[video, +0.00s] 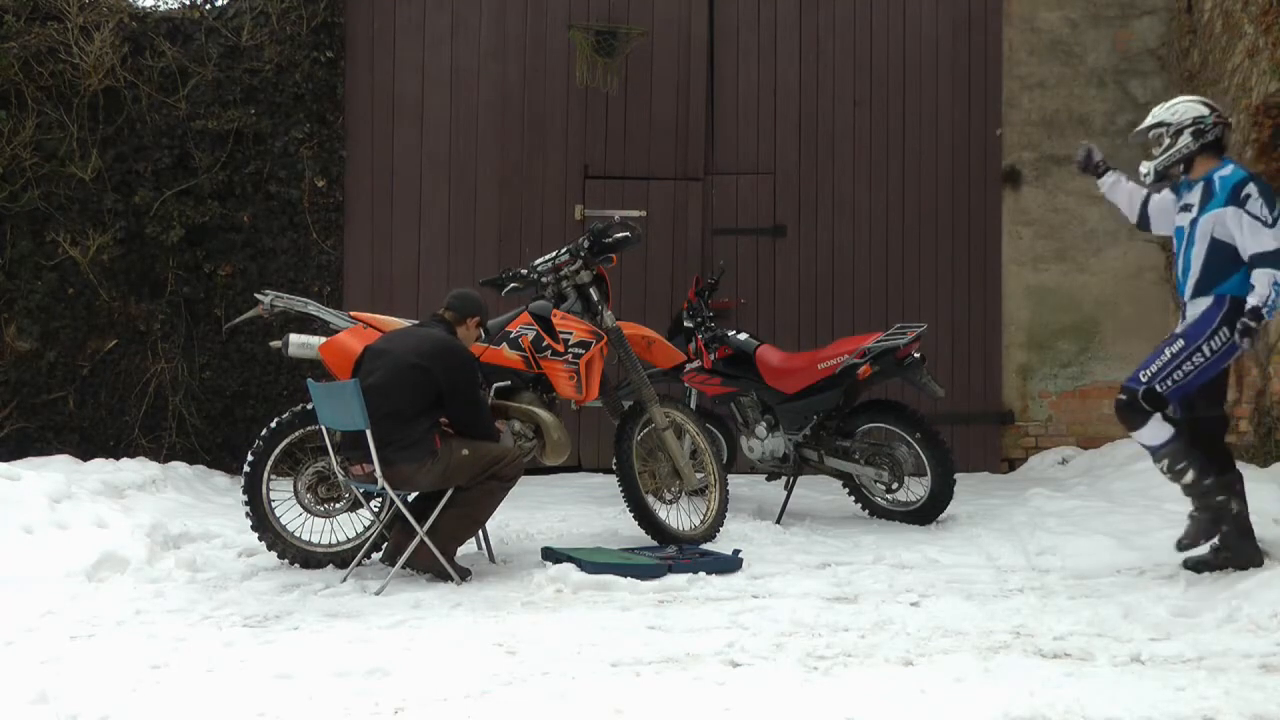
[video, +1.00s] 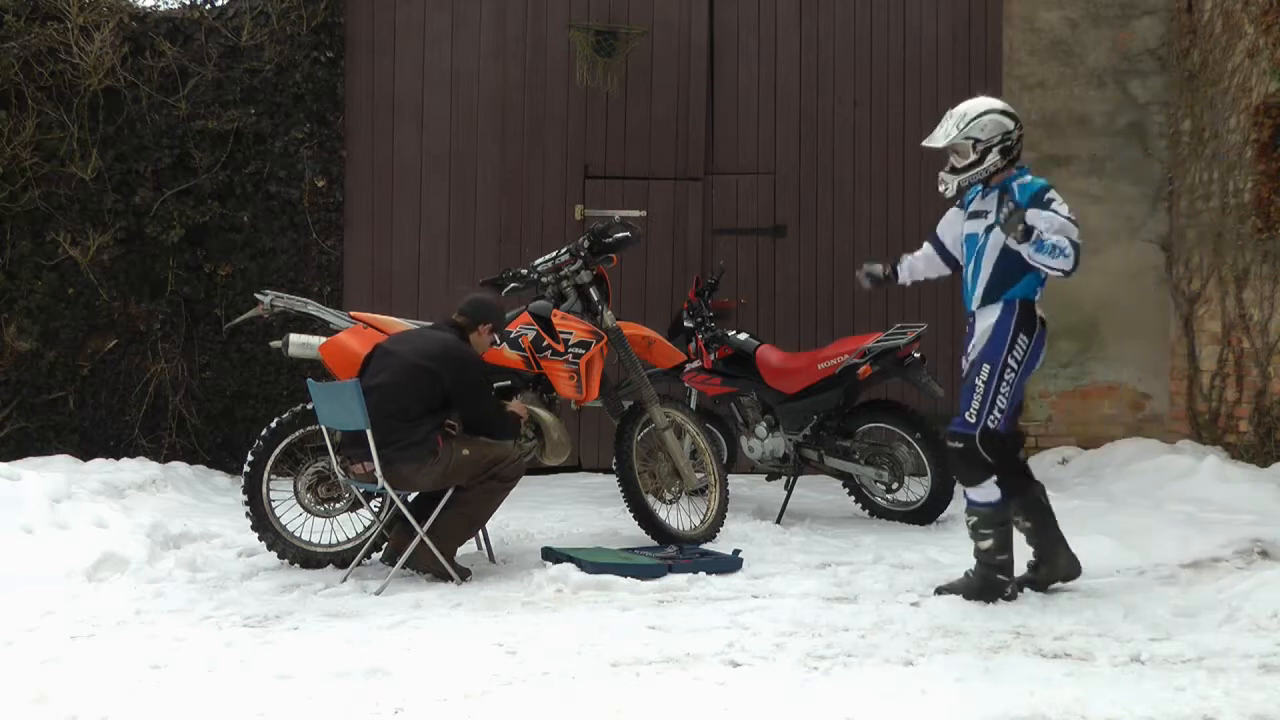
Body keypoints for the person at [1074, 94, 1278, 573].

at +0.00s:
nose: (1155, 150)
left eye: (1162, 139)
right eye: (1154, 141)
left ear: (1191, 137)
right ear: (1190, 141)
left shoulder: (1238, 186)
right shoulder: (1180, 196)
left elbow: (1270, 254)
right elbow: (1142, 206)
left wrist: (1255, 313)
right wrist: (1102, 173)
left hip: (1224, 316)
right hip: (1199, 318)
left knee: (1134, 402)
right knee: (1202, 430)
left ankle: (1206, 497)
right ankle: (1237, 538)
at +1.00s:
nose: (953, 160)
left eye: (962, 150)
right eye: (952, 150)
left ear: (992, 149)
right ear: (975, 150)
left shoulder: (1031, 193)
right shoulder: (970, 203)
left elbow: (1065, 256)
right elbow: (938, 255)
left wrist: (1025, 235)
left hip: (1012, 327)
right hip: (983, 328)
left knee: (966, 442)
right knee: (995, 445)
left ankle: (992, 571)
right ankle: (1054, 554)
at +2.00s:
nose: (725, 173)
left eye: (731, 162)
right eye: (724, 165)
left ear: (760, 156)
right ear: (758, 159)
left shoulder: (800, 196)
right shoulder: (762, 204)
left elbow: (789, 256)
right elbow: (766, 278)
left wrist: (746, 202)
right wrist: (736, 338)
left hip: (790, 335)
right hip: (754, 333)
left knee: (752, 456)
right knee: (700, 435)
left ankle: (800, 579)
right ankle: (795, 481)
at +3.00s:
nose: (486, 144)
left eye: (489, 132)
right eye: (484, 134)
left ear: (511, 125)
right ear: (542, 122)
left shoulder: (534, 166)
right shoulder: (578, 170)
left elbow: (480, 199)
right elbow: (632, 244)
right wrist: (619, 304)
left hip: (564, 317)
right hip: (543, 316)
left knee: (541, 450)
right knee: (467, 410)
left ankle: (604, 586)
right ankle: (527, 526)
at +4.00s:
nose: (411, 134)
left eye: (412, 124)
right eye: (406, 123)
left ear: (350, 116)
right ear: (383, 120)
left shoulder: (318, 165)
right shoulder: (414, 182)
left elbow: (274, 237)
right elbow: (477, 228)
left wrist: (251, 299)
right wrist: (509, 184)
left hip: (331, 328)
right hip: (384, 335)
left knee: (282, 446)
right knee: (343, 461)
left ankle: (360, 551)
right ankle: (326, 594)